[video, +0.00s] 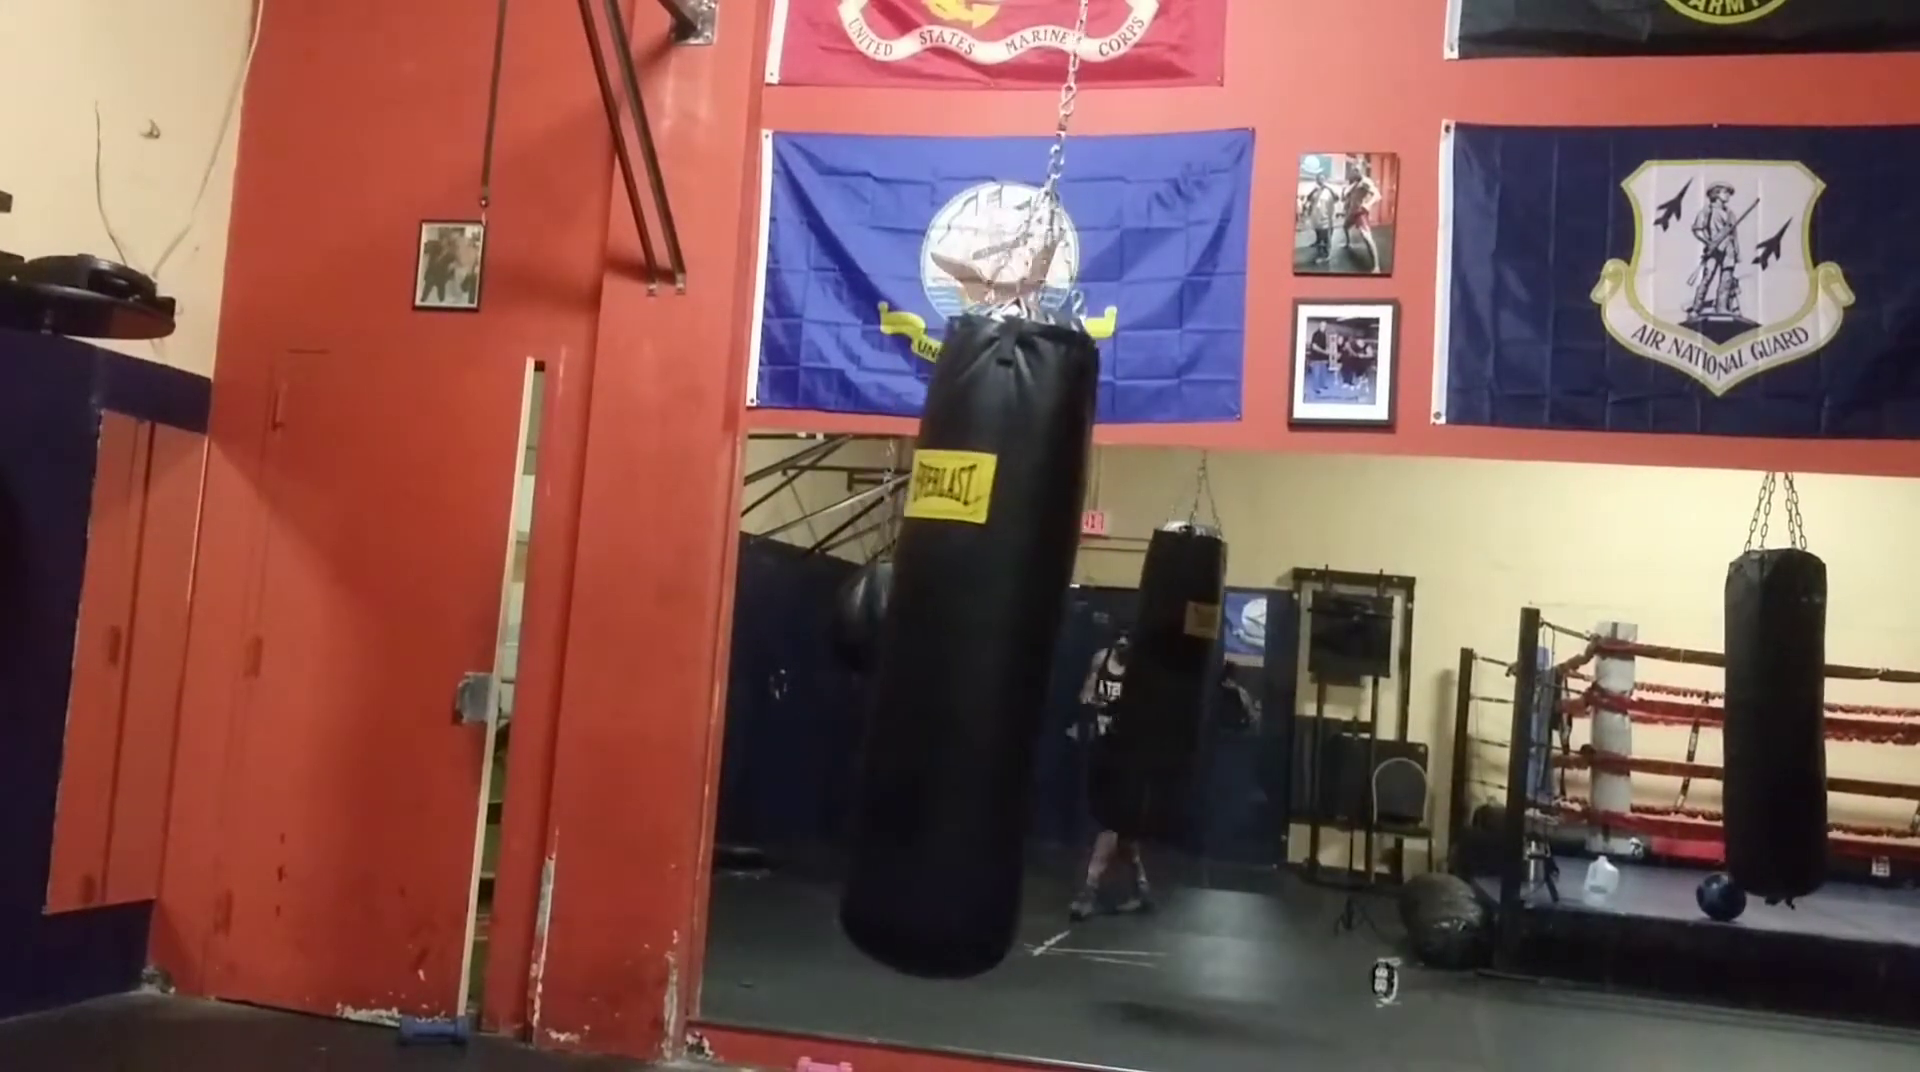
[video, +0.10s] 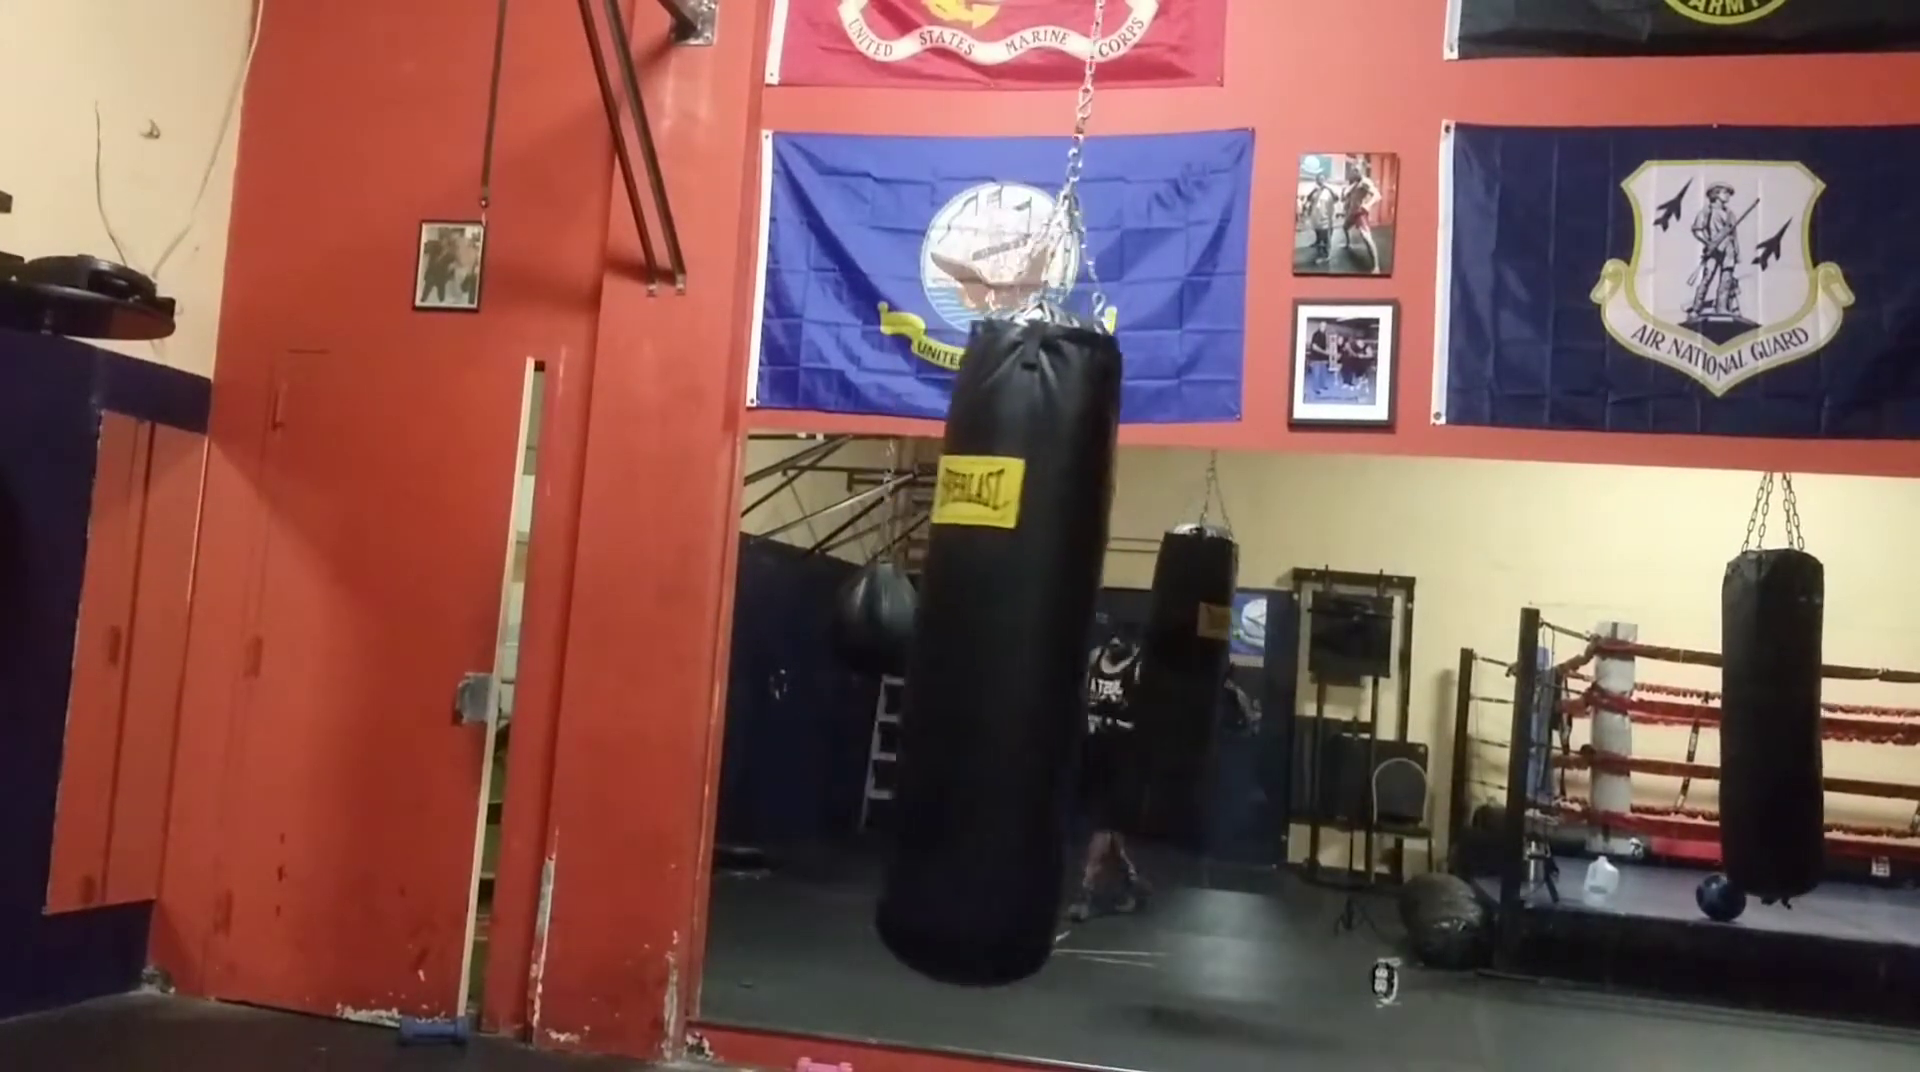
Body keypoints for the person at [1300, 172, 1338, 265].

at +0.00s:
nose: (1320, 182)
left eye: (1322, 180)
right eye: (1318, 180)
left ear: (1324, 180)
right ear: (1316, 181)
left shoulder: (1329, 191)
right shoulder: (1315, 192)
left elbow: (1336, 199)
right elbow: (1309, 199)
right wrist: (1314, 191)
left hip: (1325, 217)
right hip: (1316, 217)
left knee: (1325, 238)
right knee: (1318, 238)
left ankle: (1325, 255)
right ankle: (1318, 254)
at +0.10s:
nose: (1320, 182)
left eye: (1322, 180)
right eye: (1318, 180)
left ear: (1324, 180)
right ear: (1316, 181)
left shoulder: (1328, 192)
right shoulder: (1315, 192)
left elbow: (1336, 199)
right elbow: (1308, 199)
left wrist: (1329, 189)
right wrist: (1314, 192)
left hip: (1325, 217)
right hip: (1315, 217)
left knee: (1325, 239)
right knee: (1318, 238)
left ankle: (1325, 255)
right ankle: (1318, 254)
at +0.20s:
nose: (1320, 182)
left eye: (1322, 180)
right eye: (1318, 180)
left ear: (1324, 180)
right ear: (1316, 181)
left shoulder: (1328, 192)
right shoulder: (1314, 192)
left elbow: (1335, 200)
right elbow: (1309, 200)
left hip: (1325, 217)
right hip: (1315, 217)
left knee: (1325, 239)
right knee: (1318, 238)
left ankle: (1325, 255)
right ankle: (1318, 254)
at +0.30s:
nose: (1320, 182)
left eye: (1322, 180)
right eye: (1318, 180)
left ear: (1325, 180)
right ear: (1316, 181)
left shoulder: (1329, 191)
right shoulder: (1314, 192)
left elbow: (1335, 199)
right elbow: (1309, 199)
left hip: (1325, 217)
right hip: (1315, 217)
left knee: (1325, 239)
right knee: (1318, 238)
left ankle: (1325, 255)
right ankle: (1319, 254)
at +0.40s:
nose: (1320, 183)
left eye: (1321, 180)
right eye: (1318, 181)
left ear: (1325, 181)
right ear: (1316, 181)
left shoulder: (1328, 192)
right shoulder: (1315, 192)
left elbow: (1336, 199)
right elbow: (1309, 199)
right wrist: (1314, 192)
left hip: (1325, 217)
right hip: (1315, 216)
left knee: (1324, 238)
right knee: (1318, 236)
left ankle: (1324, 255)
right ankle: (1318, 253)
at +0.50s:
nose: (1319, 182)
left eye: (1321, 180)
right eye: (1318, 180)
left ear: (1324, 180)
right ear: (1316, 181)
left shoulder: (1329, 192)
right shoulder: (1315, 192)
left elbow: (1336, 198)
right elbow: (1309, 199)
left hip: (1325, 218)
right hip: (1315, 217)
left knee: (1325, 239)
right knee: (1318, 238)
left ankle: (1324, 255)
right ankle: (1318, 253)